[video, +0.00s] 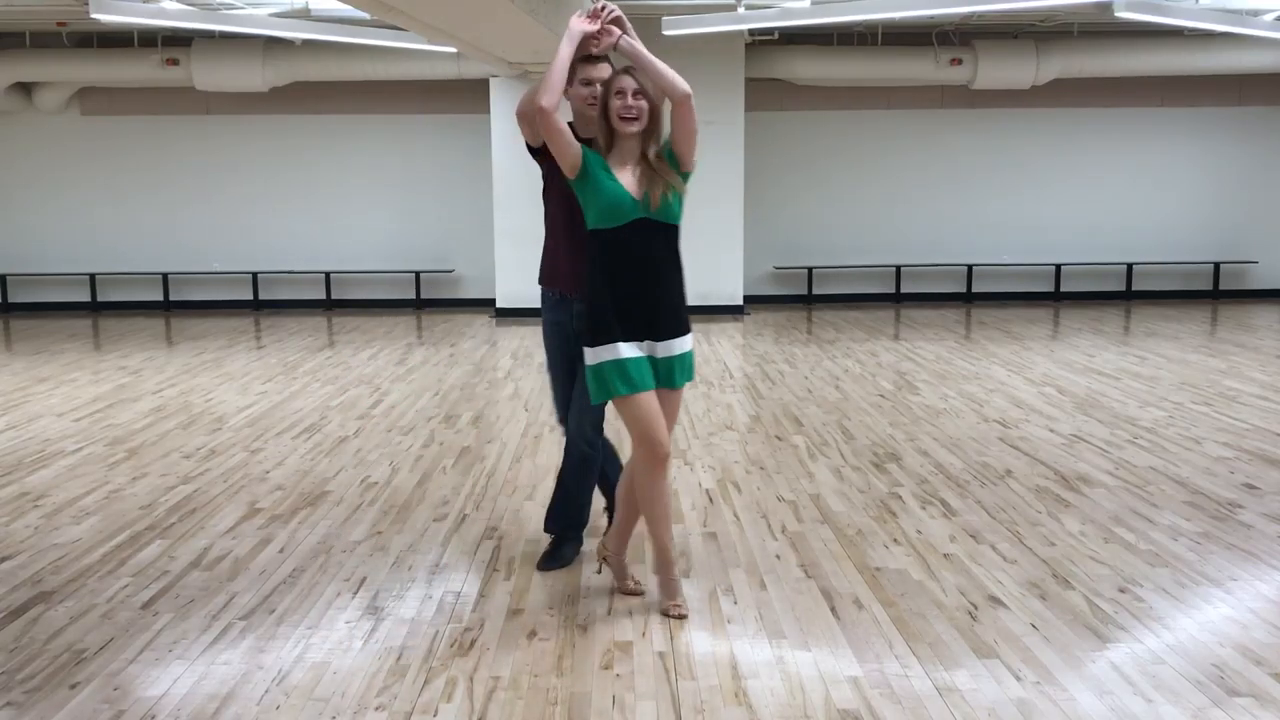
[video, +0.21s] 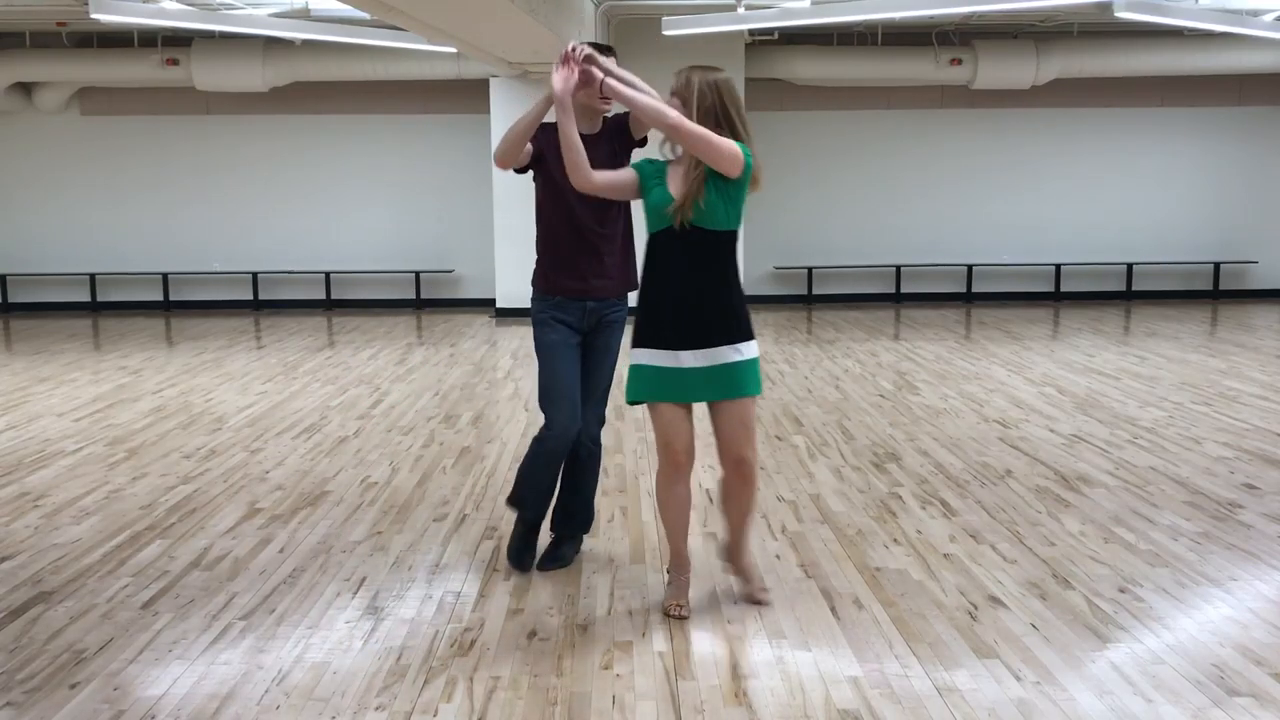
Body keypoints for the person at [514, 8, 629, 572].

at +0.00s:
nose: (594, 91)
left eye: (604, 82)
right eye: (584, 82)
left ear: (618, 90)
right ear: (567, 90)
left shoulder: (628, 147)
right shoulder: (555, 146)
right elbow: (528, 115)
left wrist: (625, 45)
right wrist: (573, 52)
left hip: (612, 300)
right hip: (560, 298)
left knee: (584, 422)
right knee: (569, 416)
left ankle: (566, 532)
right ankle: (620, 493)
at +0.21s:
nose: (599, 89)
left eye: (605, 80)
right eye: (588, 78)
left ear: (613, 87)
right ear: (570, 84)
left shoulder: (620, 134)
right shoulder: (548, 136)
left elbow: (662, 113)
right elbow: (504, 157)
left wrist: (609, 73)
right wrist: (550, 98)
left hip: (609, 304)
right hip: (555, 303)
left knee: (587, 428)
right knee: (563, 425)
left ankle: (570, 533)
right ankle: (529, 517)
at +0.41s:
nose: (618, 82)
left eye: (620, 74)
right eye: (608, 73)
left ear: (618, 82)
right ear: (576, 78)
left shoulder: (620, 132)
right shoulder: (542, 139)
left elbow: (659, 160)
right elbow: (509, 212)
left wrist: (620, 150)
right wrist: (575, 166)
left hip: (612, 306)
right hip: (563, 307)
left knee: (593, 437)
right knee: (568, 436)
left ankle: (558, 546)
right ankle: (556, 576)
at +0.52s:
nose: (620, 83)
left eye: (621, 75)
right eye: (610, 74)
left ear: (602, 82)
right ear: (576, 78)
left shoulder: (614, 138)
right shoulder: (540, 145)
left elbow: (662, 187)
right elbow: (529, 232)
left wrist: (645, 186)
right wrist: (609, 211)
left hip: (613, 310)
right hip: (566, 310)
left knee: (608, 440)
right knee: (575, 441)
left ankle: (557, 538)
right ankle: (555, 580)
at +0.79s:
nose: (632, 82)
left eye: (632, 72)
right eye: (623, 71)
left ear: (602, 81)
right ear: (588, 79)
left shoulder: (605, 143)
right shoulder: (572, 146)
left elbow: (658, 198)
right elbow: (600, 246)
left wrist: (699, 222)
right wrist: (679, 251)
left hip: (614, 315)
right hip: (580, 316)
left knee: (654, 431)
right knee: (600, 443)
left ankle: (644, 571)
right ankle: (556, 573)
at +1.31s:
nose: (629, 78)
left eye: (628, 68)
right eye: (620, 68)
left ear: (596, 77)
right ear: (587, 74)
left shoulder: (590, 139)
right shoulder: (571, 136)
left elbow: (630, 199)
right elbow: (581, 227)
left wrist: (666, 186)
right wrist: (654, 207)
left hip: (602, 312)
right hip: (585, 314)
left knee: (636, 432)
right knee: (616, 441)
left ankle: (598, 567)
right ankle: (576, 584)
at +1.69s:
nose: (590, 84)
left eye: (589, 75)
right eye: (581, 75)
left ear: (554, 83)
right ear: (549, 81)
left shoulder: (555, 137)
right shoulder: (528, 139)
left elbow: (593, 161)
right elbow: (585, 176)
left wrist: (630, 148)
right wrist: (632, 153)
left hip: (542, 315)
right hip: (537, 317)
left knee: (544, 446)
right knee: (581, 446)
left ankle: (500, 579)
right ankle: (533, 582)